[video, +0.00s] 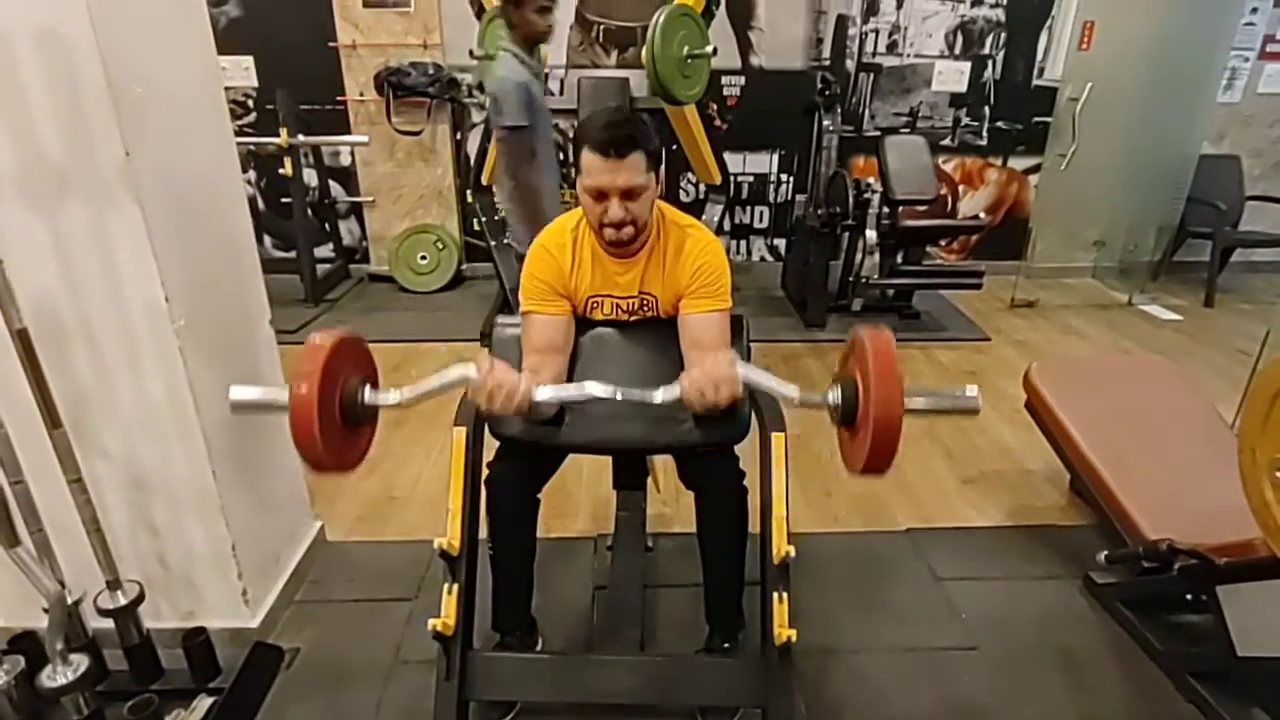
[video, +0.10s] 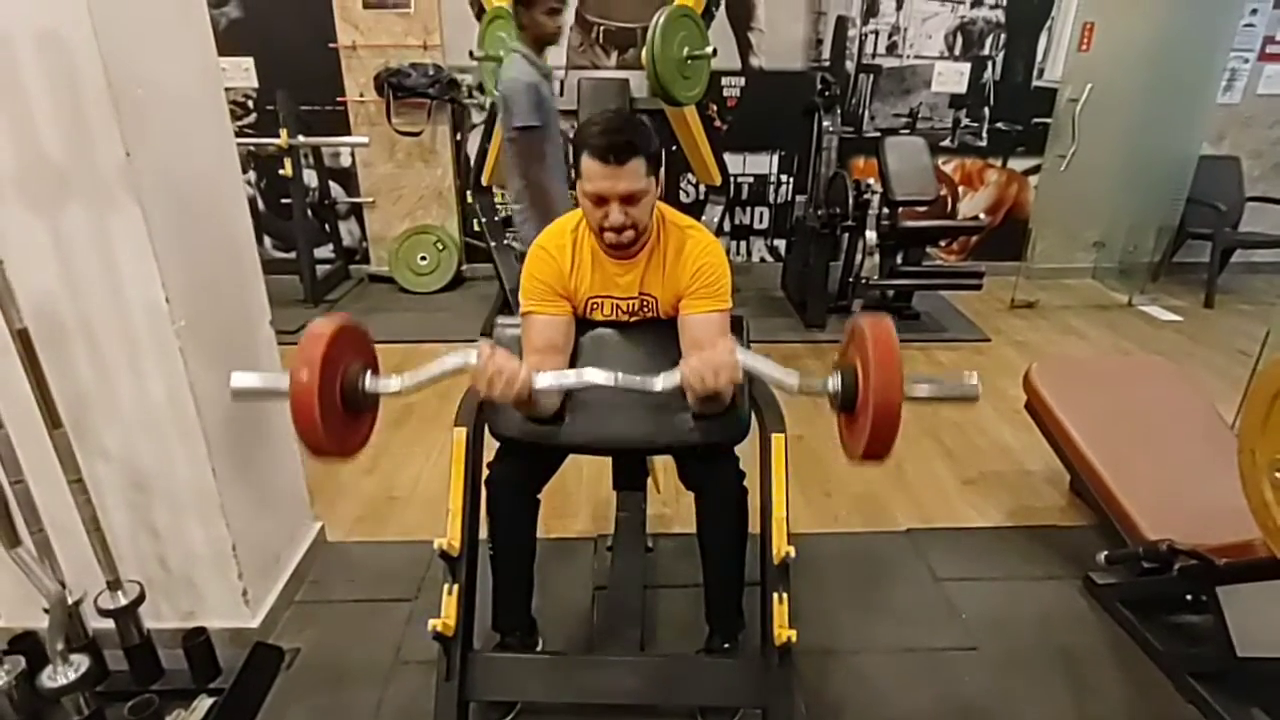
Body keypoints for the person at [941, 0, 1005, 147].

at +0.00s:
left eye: (970, 5)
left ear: (972, 3)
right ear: (988, 3)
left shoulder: (966, 16)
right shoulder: (997, 16)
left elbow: (949, 32)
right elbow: (1006, 32)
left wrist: (952, 52)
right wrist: (997, 51)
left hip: (966, 59)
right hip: (986, 59)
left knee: (960, 102)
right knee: (984, 101)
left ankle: (953, 137)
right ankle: (983, 135)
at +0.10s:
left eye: (971, 5)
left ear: (971, 4)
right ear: (986, 4)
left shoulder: (965, 17)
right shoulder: (996, 17)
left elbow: (948, 33)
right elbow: (1006, 33)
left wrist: (951, 54)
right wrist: (997, 52)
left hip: (966, 60)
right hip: (986, 60)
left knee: (959, 103)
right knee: (984, 102)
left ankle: (953, 138)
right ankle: (983, 136)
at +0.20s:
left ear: (970, 9)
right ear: (983, 9)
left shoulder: (964, 20)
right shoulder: (993, 21)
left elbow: (947, 36)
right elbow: (1007, 34)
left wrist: (950, 57)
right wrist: (996, 55)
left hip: (965, 63)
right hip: (983, 63)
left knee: (958, 105)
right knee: (983, 104)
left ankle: (952, 140)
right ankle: (982, 139)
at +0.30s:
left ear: (971, 10)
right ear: (983, 9)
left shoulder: (964, 20)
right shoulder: (993, 21)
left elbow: (947, 37)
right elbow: (1007, 34)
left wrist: (950, 57)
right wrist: (996, 55)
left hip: (965, 63)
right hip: (983, 64)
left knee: (959, 105)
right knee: (983, 104)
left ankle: (952, 141)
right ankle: (982, 139)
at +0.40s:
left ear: (970, 11)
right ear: (982, 10)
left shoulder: (964, 21)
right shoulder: (992, 22)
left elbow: (946, 38)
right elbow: (1007, 35)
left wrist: (949, 58)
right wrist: (995, 56)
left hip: (964, 64)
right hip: (982, 64)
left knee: (958, 106)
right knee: (982, 105)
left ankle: (951, 141)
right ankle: (982, 139)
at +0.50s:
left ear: (969, 12)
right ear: (982, 11)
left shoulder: (964, 22)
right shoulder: (992, 22)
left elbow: (946, 38)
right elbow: (1005, 35)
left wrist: (948, 58)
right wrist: (994, 56)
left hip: (963, 64)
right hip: (982, 65)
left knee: (957, 106)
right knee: (982, 106)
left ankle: (950, 141)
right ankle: (981, 140)